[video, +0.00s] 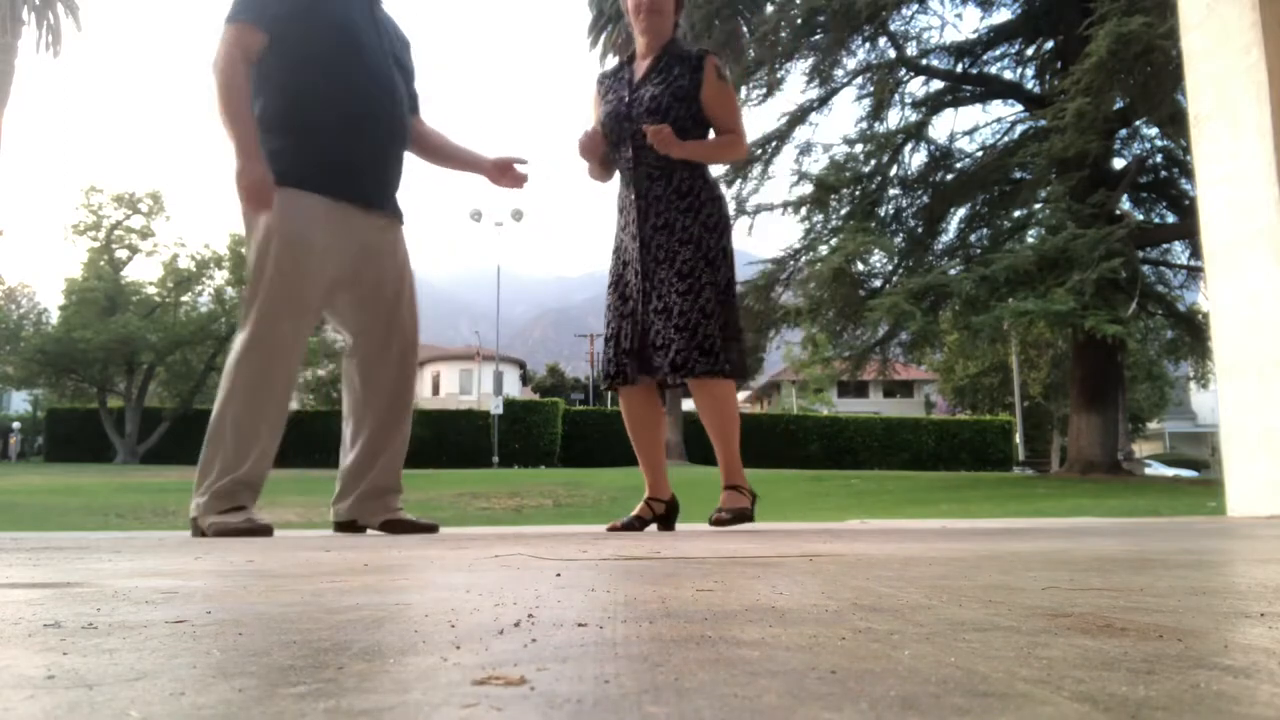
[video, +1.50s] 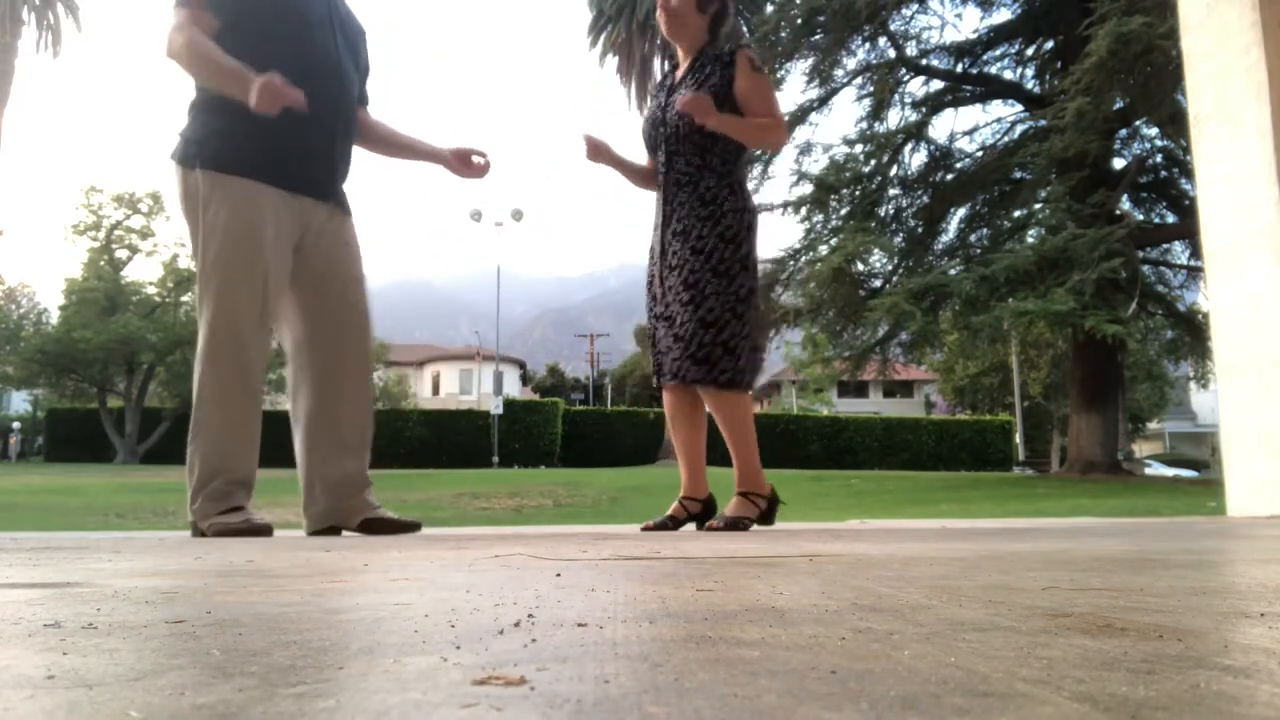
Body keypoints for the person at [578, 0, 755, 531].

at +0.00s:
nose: (642, 5)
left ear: (676, 7)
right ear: (623, 9)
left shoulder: (700, 67)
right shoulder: (610, 82)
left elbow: (736, 146)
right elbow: (605, 170)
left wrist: (681, 148)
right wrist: (594, 151)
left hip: (691, 220)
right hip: (635, 224)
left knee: (700, 349)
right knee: (629, 358)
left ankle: (734, 487)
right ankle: (658, 496)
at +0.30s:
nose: (667, 6)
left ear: (699, 8)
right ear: (648, 9)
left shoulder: (722, 66)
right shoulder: (631, 76)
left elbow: (756, 145)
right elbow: (622, 168)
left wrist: (709, 143)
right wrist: (610, 147)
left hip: (704, 223)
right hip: (647, 223)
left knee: (714, 354)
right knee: (650, 356)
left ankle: (740, 494)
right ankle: (659, 496)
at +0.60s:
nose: (686, 5)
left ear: (720, 5)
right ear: (669, 8)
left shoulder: (746, 64)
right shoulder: (657, 79)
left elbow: (783, 138)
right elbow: (646, 170)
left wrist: (737, 134)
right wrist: (634, 144)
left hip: (729, 220)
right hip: (672, 221)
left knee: (731, 354)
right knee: (663, 353)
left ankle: (741, 496)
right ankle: (659, 497)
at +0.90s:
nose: (692, 3)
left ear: (727, 6)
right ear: (674, 9)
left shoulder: (753, 60)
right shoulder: (669, 80)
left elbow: (790, 132)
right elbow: (669, 171)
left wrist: (736, 126)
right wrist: (639, 149)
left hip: (743, 221)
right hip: (687, 223)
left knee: (742, 350)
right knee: (662, 346)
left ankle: (742, 495)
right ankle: (669, 488)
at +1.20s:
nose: (680, 5)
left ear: (717, 11)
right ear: (663, 11)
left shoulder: (740, 64)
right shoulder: (658, 86)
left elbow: (774, 141)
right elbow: (648, 173)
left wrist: (727, 121)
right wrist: (611, 146)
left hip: (732, 225)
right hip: (679, 230)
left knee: (736, 354)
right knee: (668, 358)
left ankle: (743, 495)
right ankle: (694, 495)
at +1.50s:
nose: (661, 7)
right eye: (659, 1)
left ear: (705, 7)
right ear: (660, 14)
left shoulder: (736, 62)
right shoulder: (667, 84)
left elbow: (775, 133)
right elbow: (660, 178)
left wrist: (715, 119)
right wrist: (613, 159)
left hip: (718, 226)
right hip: (672, 227)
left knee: (713, 360)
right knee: (673, 362)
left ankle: (754, 490)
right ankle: (694, 495)